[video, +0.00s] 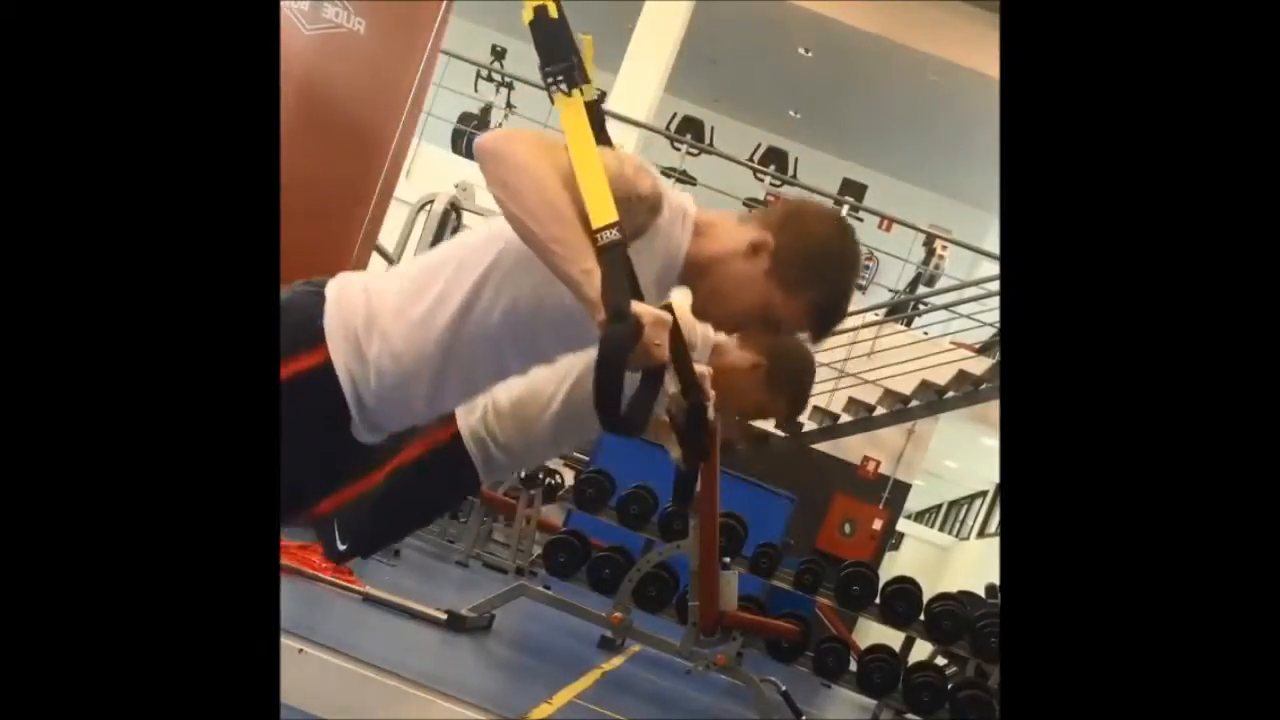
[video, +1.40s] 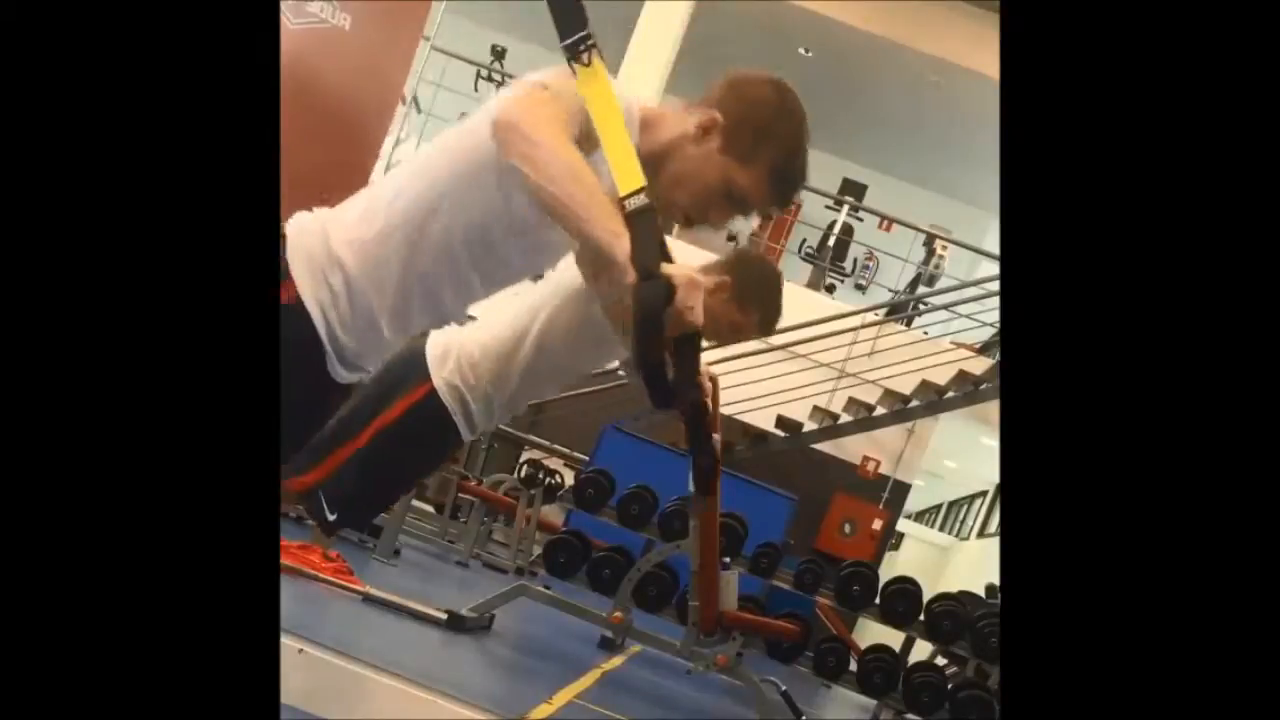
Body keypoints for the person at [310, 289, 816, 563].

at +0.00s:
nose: (743, 421)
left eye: (755, 420)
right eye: (754, 409)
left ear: (746, 365)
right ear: (750, 362)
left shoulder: (688, 379)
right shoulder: (681, 335)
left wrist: (694, 435)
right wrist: (692, 418)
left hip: (490, 449)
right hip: (472, 424)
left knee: (361, 524)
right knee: (344, 517)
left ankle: (330, 545)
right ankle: (314, 536)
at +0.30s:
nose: (728, 348)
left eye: (741, 347)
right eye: (740, 341)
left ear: (726, 291)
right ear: (728, 299)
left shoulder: (659, 313)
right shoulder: (646, 288)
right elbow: (622, 412)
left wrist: (672, 404)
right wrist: (656, 389)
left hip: (468, 408)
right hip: (451, 388)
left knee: (348, 519)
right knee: (316, 498)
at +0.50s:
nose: (710, 310)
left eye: (723, 307)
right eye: (722, 297)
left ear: (707, 258)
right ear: (709, 256)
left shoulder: (644, 294)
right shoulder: (627, 244)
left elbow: (640, 389)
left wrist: (677, 412)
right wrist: (678, 379)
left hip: (453, 395)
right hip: (429, 367)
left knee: (331, 506)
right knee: (302, 480)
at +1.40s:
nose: (712, 337)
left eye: (727, 336)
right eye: (724, 326)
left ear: (715, 286)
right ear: (716, 284)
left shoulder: (660, 316)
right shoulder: (646, 264)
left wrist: (691, 389)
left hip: (462, 403)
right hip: (443, 381)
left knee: (332, 513)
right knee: (309, 500)